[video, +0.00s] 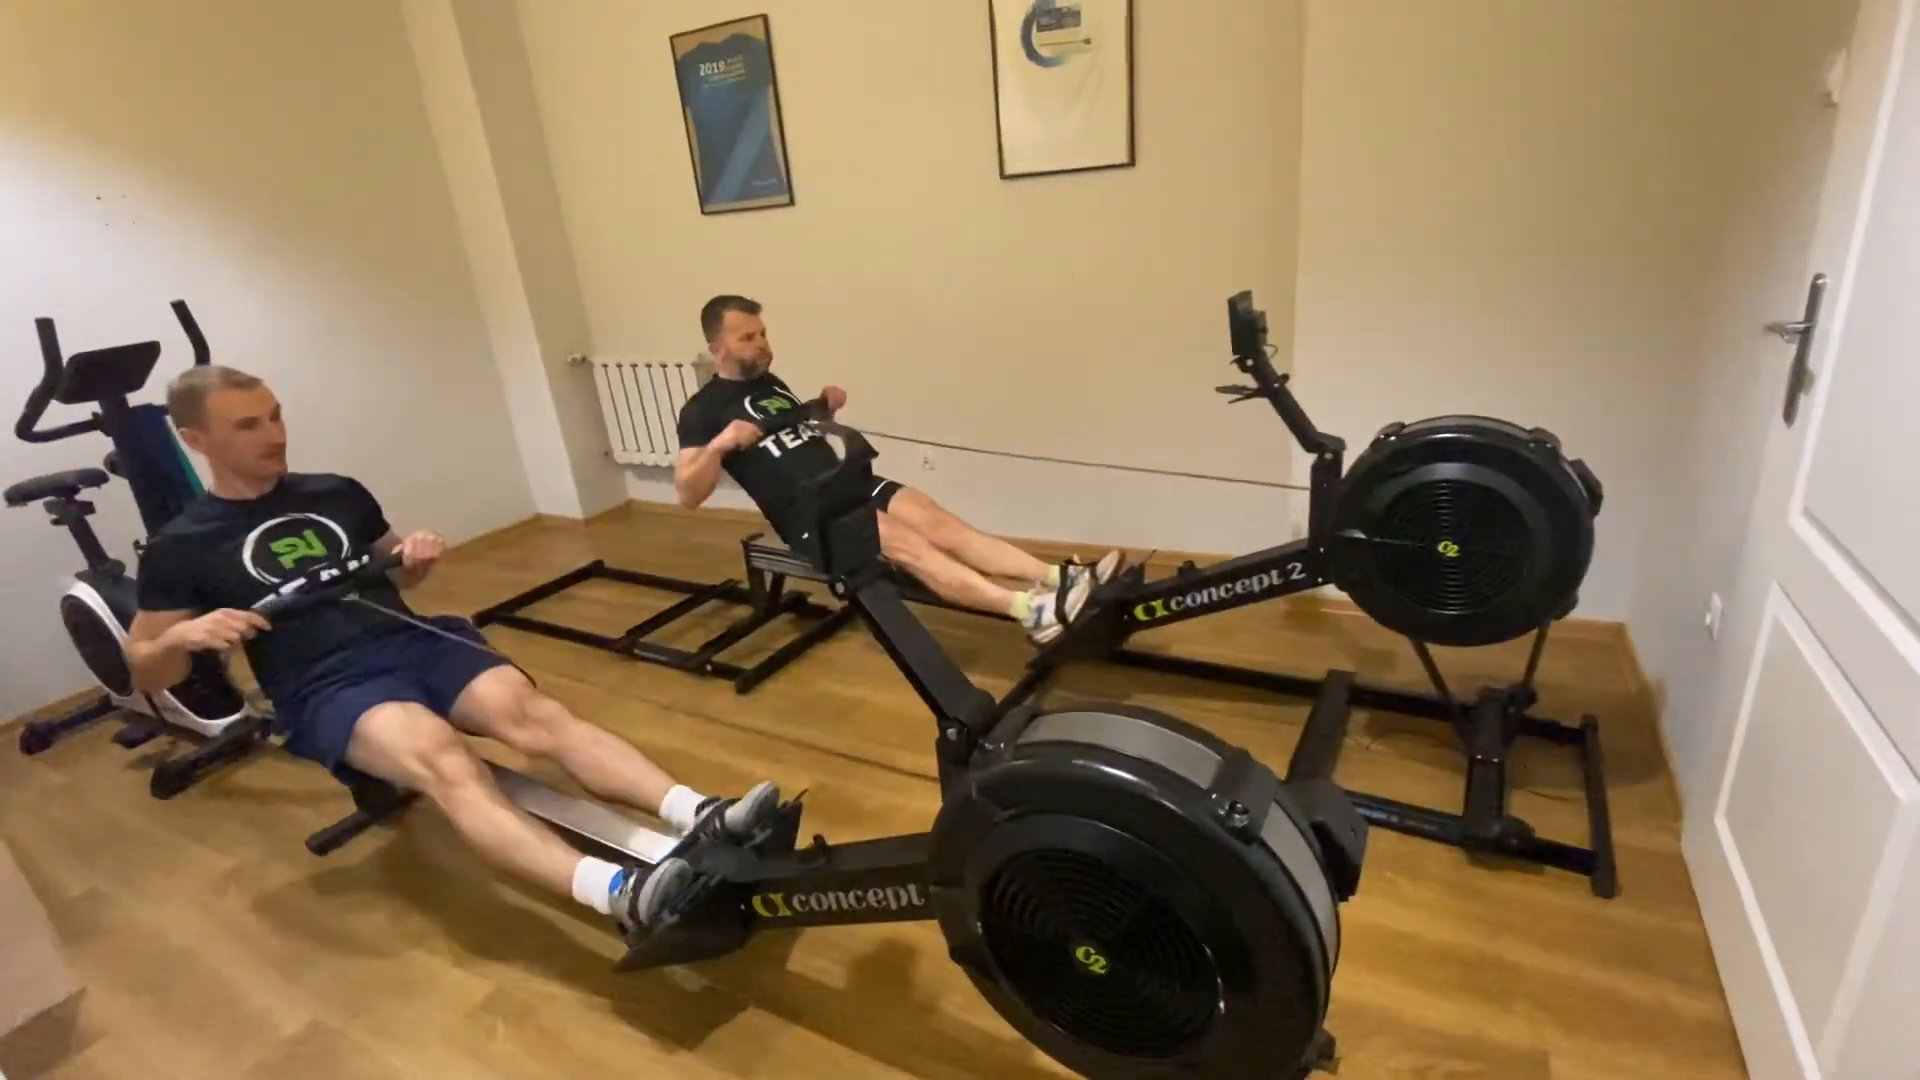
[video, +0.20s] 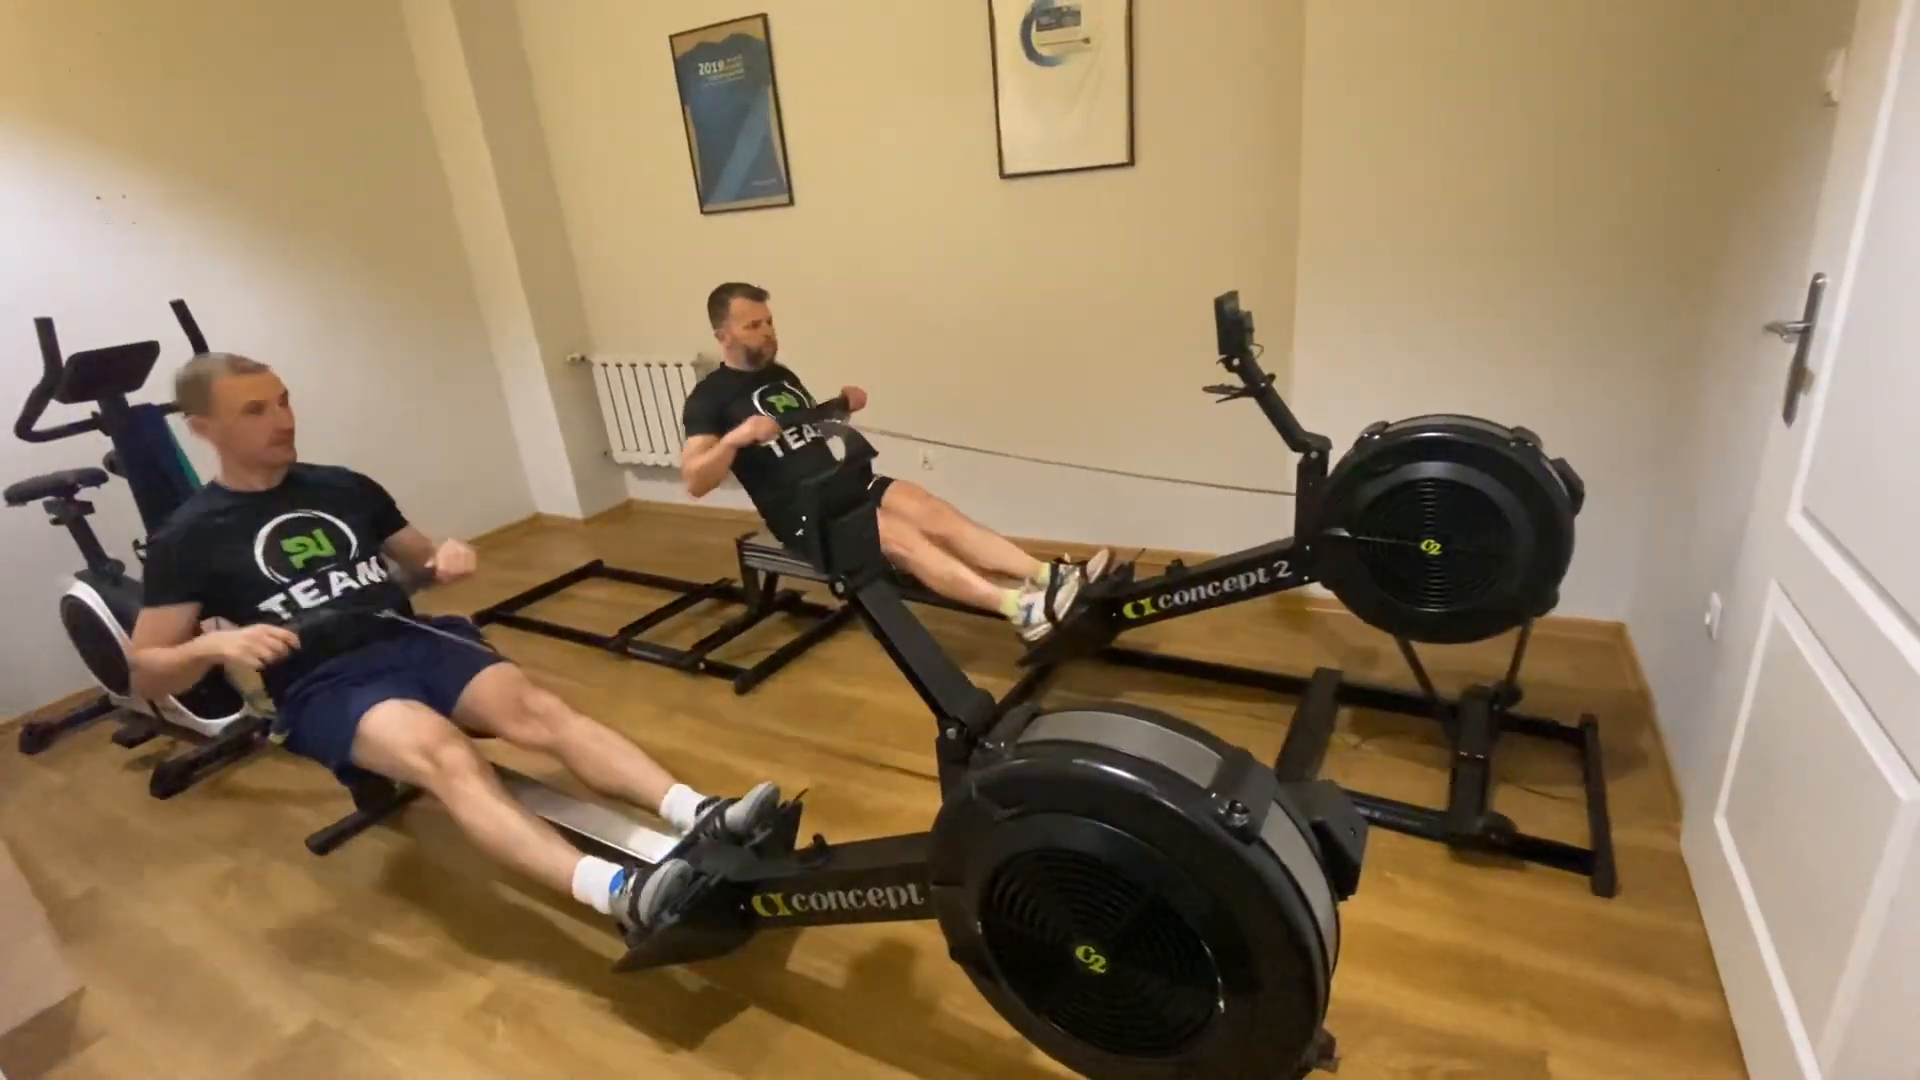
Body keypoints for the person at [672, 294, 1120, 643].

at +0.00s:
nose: (763, 347)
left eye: (763, 335)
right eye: (750, 338)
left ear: (760, 333)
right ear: (716, 346)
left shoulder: (769, 383)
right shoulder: (701, 410)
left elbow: (796, 432)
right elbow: (687, 492)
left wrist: (821, 408)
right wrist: (718, 446)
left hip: (856, 485)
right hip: (816, 517)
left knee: (940, 522)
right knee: (910, 548)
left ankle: (1061, 579)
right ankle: (1030, 611)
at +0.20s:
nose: (769, 334)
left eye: (769, 323)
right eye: (756, 327)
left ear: (768, 322)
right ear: (724, 333)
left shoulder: (778, 375)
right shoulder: (708, 396)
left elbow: (802, 427)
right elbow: (694, 481)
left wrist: (839, 404)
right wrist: (734, 440)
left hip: (856, 483)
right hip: (811, 513)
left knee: (935, 512)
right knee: (906, 542)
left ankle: (1052, 579)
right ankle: (1021, 610)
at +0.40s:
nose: (782, 325)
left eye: (783, 314)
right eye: (769, 317)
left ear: (784, 313)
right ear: (736, 326)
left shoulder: (794, 368)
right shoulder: (720, 388)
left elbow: (836, 414)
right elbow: (708, 473)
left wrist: (868, 407)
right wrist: (767, 441)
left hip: (851, 483)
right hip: (804, 513)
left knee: (929, 489)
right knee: (896, 519)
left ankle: (1032, 576)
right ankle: (1004, 606)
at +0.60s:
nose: (796, 323)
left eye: (797, 311)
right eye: (783, 315)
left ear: (799, 311)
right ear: (751, 323)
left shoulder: (809, 366)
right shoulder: (734, 385)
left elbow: (853, 407)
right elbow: (729, 466)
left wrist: (896, 410)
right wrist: (797, 451)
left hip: (844, 482)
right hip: (795, 505)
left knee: (924, 471)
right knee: (888, 491)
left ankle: (1011, 573)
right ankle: (978, 598)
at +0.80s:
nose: (811, 320)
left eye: (811, 309)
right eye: (798, 313)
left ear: (814, 307)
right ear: (764, 324)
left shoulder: (821, 365)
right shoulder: (748, 381)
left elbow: (879, 407)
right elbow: (754, 462)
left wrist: (925, 412)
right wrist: (819, 458)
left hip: (847, 484)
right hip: (794, 503)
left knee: (927, 463)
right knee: (881, 479)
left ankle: (990, 566)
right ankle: (953, 594)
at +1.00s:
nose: (829, 324)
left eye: (829, 314)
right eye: (815, 318)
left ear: (832, 311)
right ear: (782, 328)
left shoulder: (838, 367)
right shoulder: (762, 382)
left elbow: (901, 406)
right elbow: (781, 458)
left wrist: (951, 420)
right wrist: (859, 471)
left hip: (846, 486)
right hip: (791, 506)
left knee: (914, 444)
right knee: (866, 480)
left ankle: (969, 562)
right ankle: (931, 589)